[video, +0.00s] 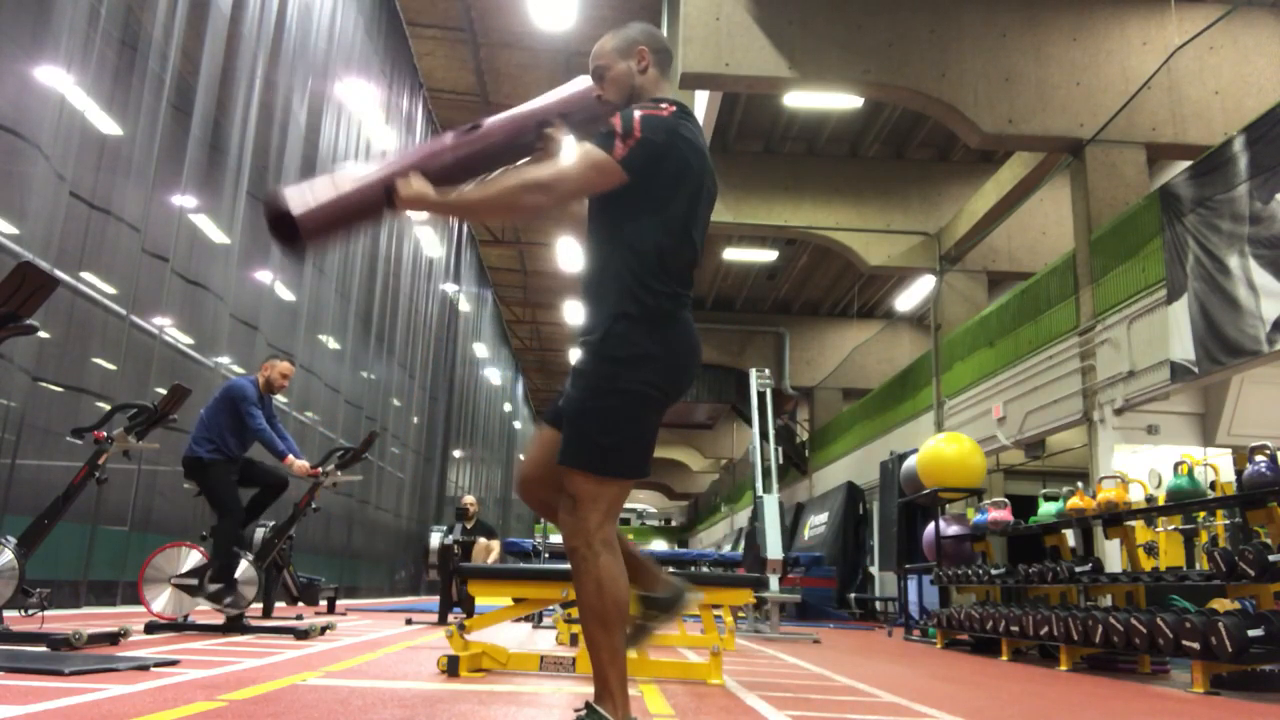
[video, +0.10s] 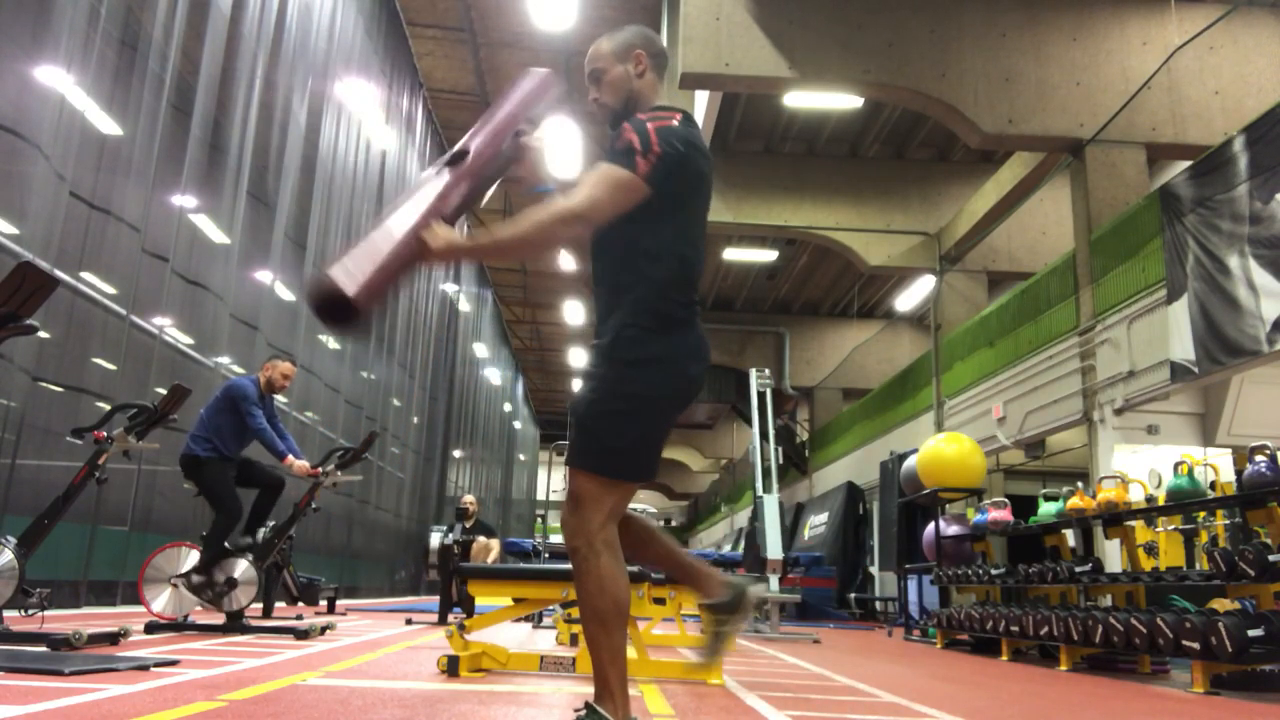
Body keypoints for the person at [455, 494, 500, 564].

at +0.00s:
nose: (468, 508)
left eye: (471, 505)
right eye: (465, 505)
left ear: (477, 508)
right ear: (461, 507)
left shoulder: (486, 528)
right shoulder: (454, 528)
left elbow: (496, 550)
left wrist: (487, 564)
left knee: (481, 541)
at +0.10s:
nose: (468, 506)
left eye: (471, 504)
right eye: (464, 504)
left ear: (476, 507)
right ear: (460, 507)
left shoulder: (485, 527)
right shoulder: (453, 527)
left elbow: (495, 548)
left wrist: (487, 563)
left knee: (481, 541)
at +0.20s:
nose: (467, 506)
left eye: (471, 503)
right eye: (464, 503)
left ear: (476, 507)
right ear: (460, 506)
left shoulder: (483, 526)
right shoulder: (453, 527)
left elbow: (495, 546)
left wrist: (486, 562)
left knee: (480, 540)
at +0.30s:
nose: (468, 506)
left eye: (471, 503)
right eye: (465, 503)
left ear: (477, 508)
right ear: (460, 506)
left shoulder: (483, 526)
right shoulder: (453, 526)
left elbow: (494, 542)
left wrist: (485, 556)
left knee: (479, 540)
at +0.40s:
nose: (470, 505)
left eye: (473, 503)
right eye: (466, 503)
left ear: (478, 507)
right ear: (462, 506)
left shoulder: (484, 525)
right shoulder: (454, 526)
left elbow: (492, 537)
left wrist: (485, 549)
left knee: (477, 540)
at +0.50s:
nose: (472, 505)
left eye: (475, 503)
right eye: (468, 503)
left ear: (479, 508)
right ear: (464, 506)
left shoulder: (486, 525)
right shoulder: (457, 525)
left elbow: (491, 533)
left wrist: (486, 543)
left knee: (475, 543)